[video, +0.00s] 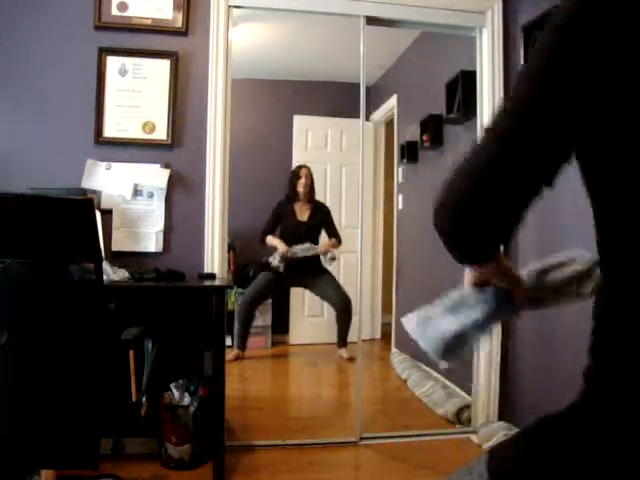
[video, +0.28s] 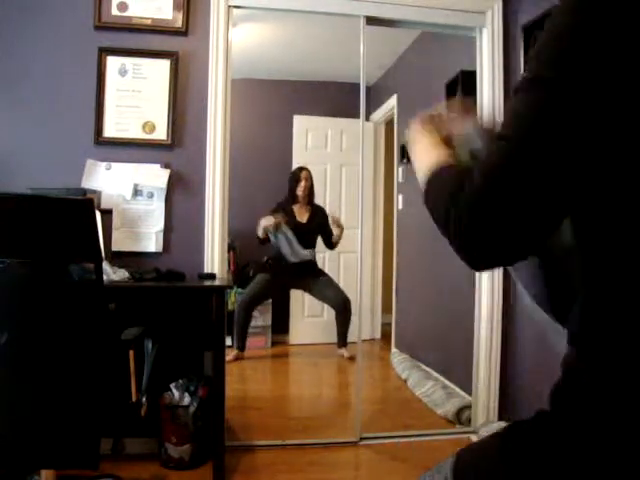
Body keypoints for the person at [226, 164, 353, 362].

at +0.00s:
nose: (304, 181)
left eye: (308, 178)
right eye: (300, 178)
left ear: (312, 182)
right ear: (293, 182)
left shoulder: (321, 210)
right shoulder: (283, 207)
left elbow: (336, 239)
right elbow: (265, 236)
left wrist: (327, 246)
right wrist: (279, 244)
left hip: (310, 269)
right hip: (282, 269)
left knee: (343, 302)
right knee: (246, 301)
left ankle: (342, 346)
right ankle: (238, 349)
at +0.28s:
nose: (304, 184)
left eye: (307, 181)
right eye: (300, 181)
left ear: (311, 185)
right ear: (293, 184)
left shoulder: (318, 213)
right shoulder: (282, 210)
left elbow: (330, 244)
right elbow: (263, 240)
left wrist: (338, 231)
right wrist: (263, 227)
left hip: (307, 271)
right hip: (279, 271)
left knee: (342, 302)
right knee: (245, 301)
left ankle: (342, 347)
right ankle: (239, 350)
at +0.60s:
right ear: (276, 207)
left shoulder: (312, 218)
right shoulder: (272, 221)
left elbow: (317, 247)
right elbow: (267, 249)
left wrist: (328, 235)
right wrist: (259, 231)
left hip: (306, 274)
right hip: (273, 275)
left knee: (343, 303)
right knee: (241, 305)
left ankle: (343, 347)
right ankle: (237, 350)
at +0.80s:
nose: (297, 188)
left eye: (301, 184)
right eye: (293, 184)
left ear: (305, 188)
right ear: (287, 188)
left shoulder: (314, 216)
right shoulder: (276, 216)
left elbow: (320, 250)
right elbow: (266, 248)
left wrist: (331, 234)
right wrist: (257, 229)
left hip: (307, 277)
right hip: (276, 276)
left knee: (345, 304)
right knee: (241, 304)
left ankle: (343, 347)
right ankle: (237, 350)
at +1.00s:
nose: (299, 187)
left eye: (302, 183)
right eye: (295, 183)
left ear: (307, 187)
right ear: (288, 186)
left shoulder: (314, 214)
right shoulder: (280, 210)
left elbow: (325, 245)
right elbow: (263, 236)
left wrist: (309, 230)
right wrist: (283, 220)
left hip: (307, 274)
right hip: (277, 274)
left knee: (345, 303)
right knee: (242, 304)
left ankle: (343, 348)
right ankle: (238, 350)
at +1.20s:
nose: (300, 185)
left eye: (303, 181)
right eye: (296, 181)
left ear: (307, 185)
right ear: (289, 184)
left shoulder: (315, 211)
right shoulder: (279, 208)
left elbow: (332, 231)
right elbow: (263, 223)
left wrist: (306, 222)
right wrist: (287, 217)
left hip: (309, 272)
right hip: (279, 272)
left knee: (345, 302)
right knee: (243, 303)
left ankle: (345, 347)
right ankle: (235, 350)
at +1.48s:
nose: (301, 187)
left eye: (304, 183)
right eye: (297, 183)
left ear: (308, 186)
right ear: (289, 186)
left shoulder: (316, 212)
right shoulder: (280, 210)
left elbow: (334, 234)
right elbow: (270, 226)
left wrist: (341, 234)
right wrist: (285, 228)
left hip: (309, 272)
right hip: (279, 272)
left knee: (344, 303)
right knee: (244, 304)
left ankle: (345, 347)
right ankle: (235, 350)